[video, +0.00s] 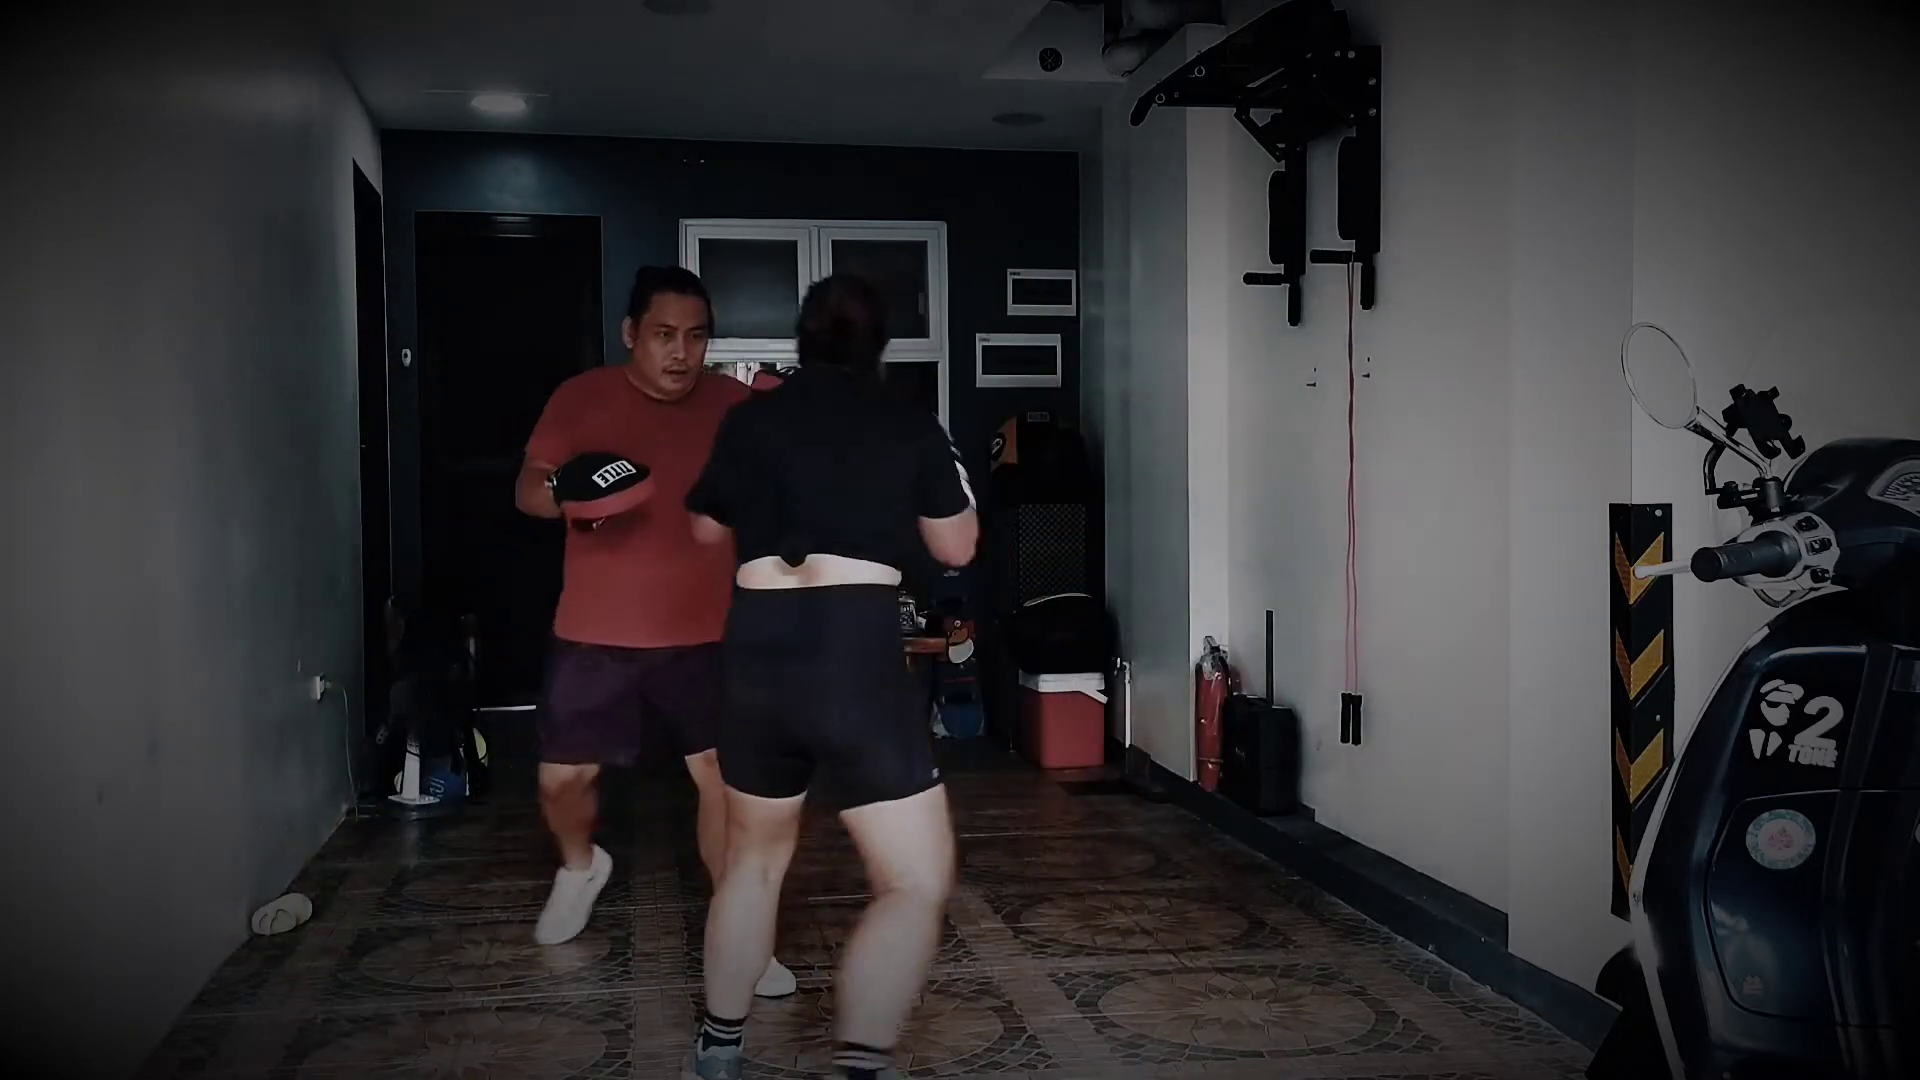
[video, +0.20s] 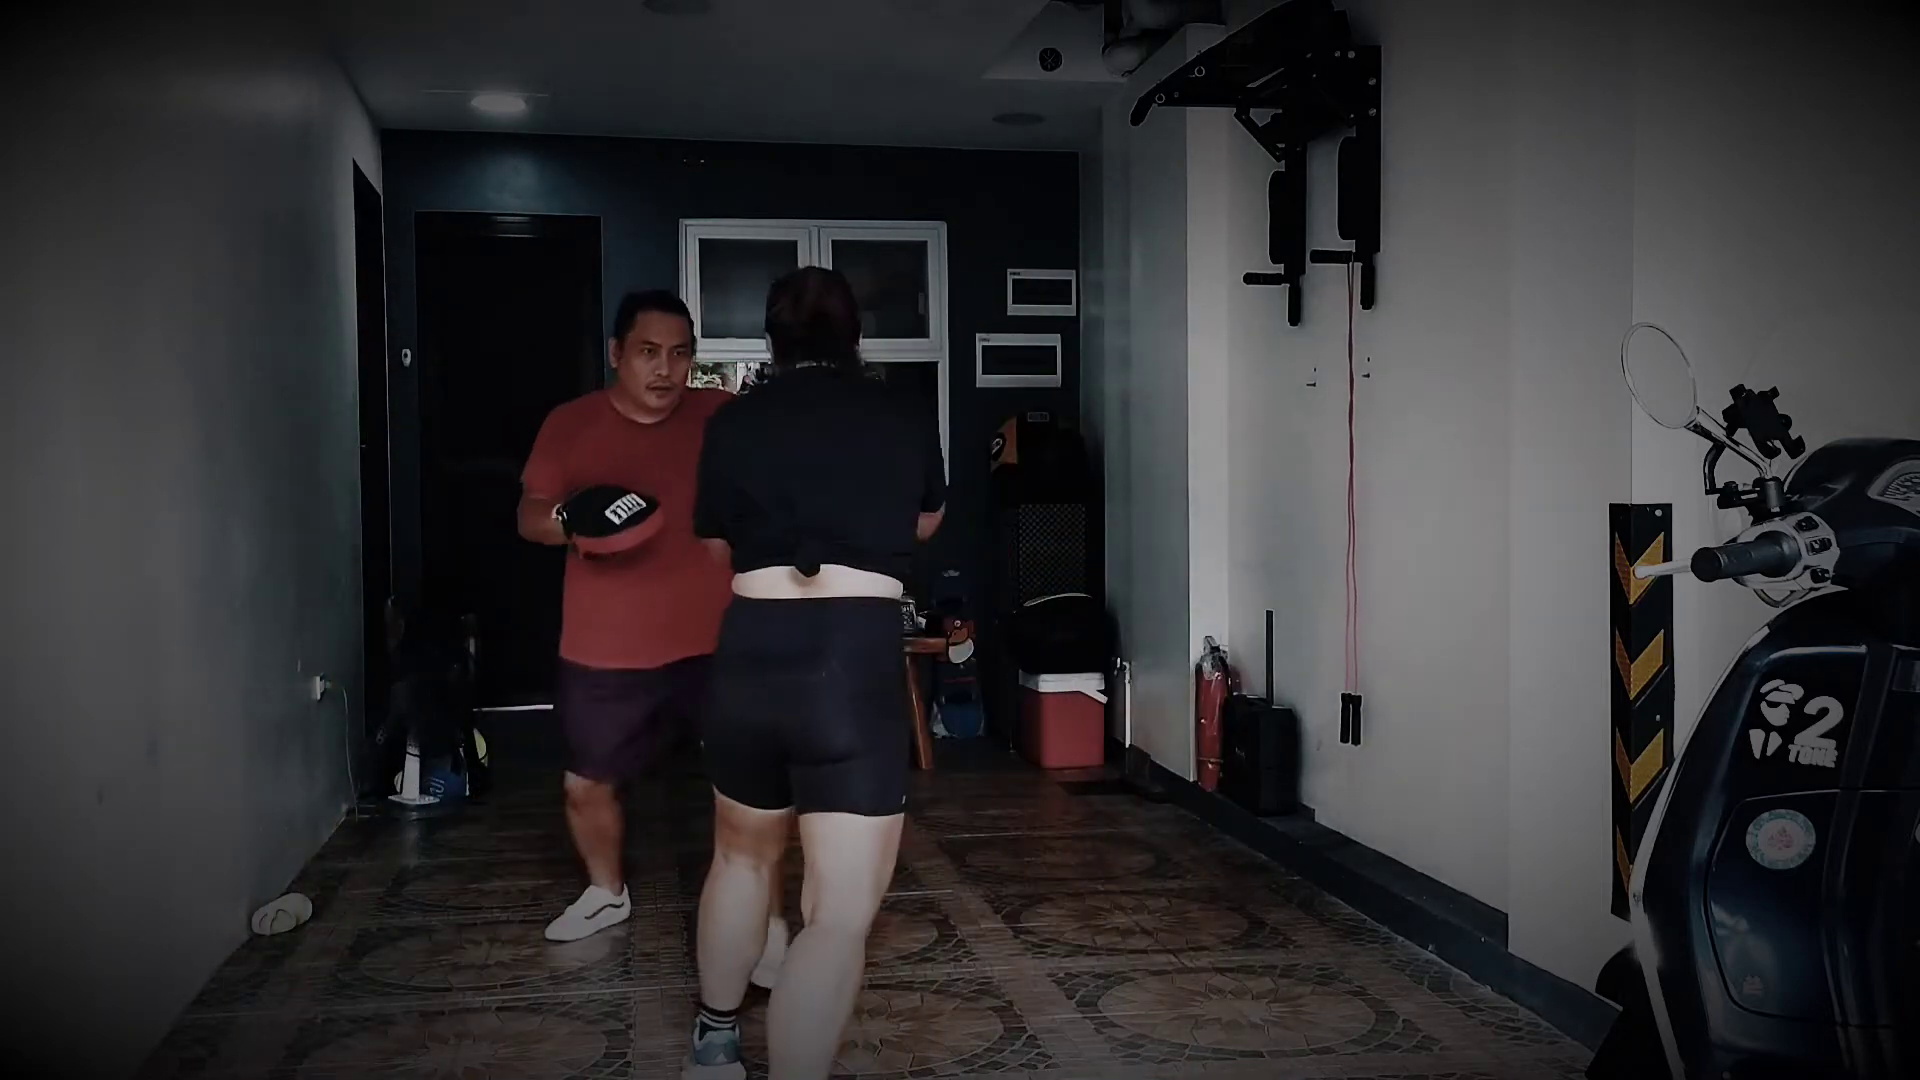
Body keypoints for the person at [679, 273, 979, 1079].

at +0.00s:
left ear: (800, 339)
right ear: (881, 346)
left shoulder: (751, 420)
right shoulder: (908, 427)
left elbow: (709, 528)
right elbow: (955, 544)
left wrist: (782, 500)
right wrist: (889, 498)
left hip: (758, 665)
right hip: (862, 669)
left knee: (753, 856)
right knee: (911, 883)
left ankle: (718, 1050)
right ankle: (862, 1065)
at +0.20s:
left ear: (772, 335)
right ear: (855, 333)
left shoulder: (732, 422)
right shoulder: (903, 416)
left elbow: (716, 542)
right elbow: (925, 528)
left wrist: (801, 535)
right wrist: (843, 534)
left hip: (747, 667)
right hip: (857, 677)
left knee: (741, 856)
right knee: (837, 918)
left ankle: (716, 1040)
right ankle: (797, 1071)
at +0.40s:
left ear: (762, 326)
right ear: (847, 323)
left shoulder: (722, 410)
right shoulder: (894, 406)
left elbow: (706, 520)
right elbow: (920, 514)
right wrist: (827, 516)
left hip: (740, 661)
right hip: (851, 669)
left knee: (734, 866)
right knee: (828, 920)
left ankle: (714, 1040)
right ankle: (794, 1073)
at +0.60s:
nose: (726, 340)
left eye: (738, 324)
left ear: (756, 324)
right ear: (842, 322)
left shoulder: (714, 410)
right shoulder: (892, 407)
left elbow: (702, 514)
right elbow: (909, 516)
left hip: (725, 663)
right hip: (836, 672)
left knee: (726, 856)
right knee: (817, 921)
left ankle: (698, 1037)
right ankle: (789, 1077)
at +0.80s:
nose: (719, 357)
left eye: (728, 346)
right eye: (711, 344)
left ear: (746, 352)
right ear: (828, 354)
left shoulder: (704, 434)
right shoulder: (865, 436)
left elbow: (679, 530)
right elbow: (890, 542)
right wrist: (791, 526)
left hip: (715, 668)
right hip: (820, 675)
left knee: (719, 874)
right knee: (817, 922)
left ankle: (707, 1021)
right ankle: (788, 1073)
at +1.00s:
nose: (703, 355)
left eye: (711, 344)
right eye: (705, 342)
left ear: (725, 353)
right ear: (802, 353)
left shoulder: (689, 420)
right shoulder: (847, 427)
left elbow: (650, 524)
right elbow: (871, 533)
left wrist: (727, 499)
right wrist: (791, 513)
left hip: (706, 661)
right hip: (808, 664)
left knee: (719, 853)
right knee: (863, 870)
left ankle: (708, 1009)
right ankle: (828, 1031)